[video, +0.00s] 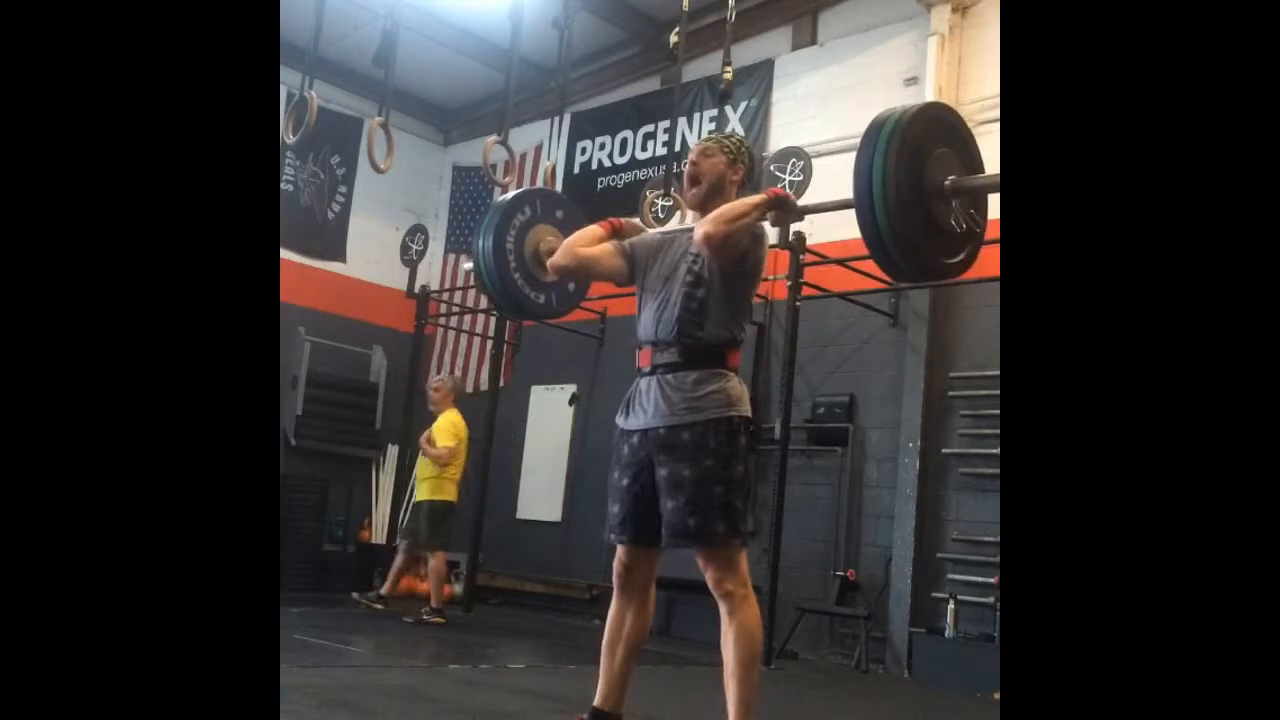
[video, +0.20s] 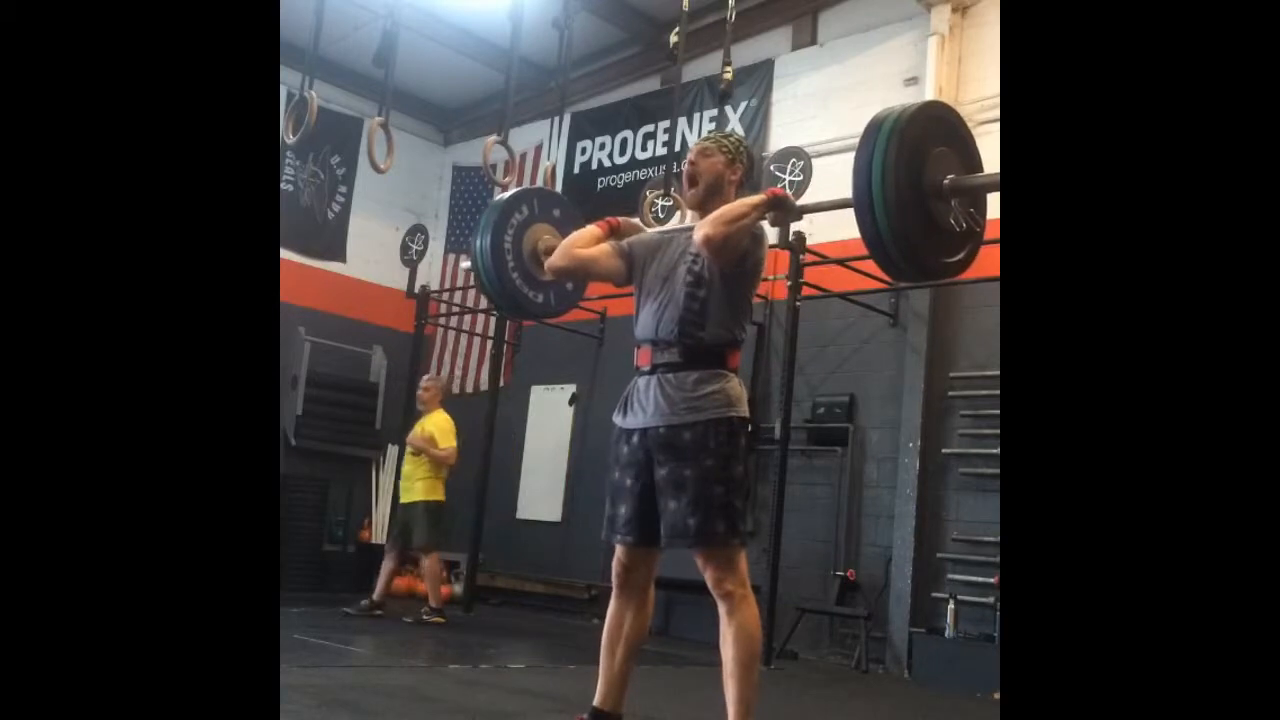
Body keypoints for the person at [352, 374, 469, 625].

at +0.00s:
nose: (431, 395)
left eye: (436, 391)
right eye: (430, 390)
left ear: (450, 395)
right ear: (444, 396)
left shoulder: (448, 420)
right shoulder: (449, 420)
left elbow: (445, 456)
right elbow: (447, 457)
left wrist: (423, 445)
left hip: (437, 495)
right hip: (428, 494)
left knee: (436, 551)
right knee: (407, 545)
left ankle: (435, 608)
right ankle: (383, 594)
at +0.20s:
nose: (420, 394)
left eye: (426, 390)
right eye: (420, 389)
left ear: (439, 394)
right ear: (420, 393)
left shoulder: (441, 420)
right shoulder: (423, 420)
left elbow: (450, 456)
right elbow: (425, 455)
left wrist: (422, 447)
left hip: (426, 497)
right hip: (408, 496)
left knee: (428, 551)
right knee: (393, 549)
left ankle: (435, 607)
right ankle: (376, 600)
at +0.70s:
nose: (389, 389)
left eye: (395, 385)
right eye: (386, 385)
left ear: (404, 390)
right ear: (382, 389)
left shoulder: (413, 417)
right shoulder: (377, 421)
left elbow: (425, 449)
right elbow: (367, 458)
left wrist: (397, 440)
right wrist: (352, 487)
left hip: (397, 490)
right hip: (374, 490)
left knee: (387, 544)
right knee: (375, 546)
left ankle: (418, 588)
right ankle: (374, 599)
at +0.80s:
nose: (385, 388)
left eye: (391, 384)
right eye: (382, 384)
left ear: (400, 389)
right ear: (376, 388)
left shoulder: (410, 416)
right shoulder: (370, 421)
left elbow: (425, 449)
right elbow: (360, 458)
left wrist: (397, 439)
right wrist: (349, 491)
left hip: (395, 487)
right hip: (370, 488)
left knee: (382, 540)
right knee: (371, 545)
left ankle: (409, 584)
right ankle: (374, 599)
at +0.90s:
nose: (384, 387)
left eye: (389, 383)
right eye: (379, 382)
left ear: (396, 388)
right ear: (372, 387)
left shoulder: (407, 415)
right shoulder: (364, 420)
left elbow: (425, 447)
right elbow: (355, 459)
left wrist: (398, 439)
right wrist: (347, 492)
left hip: (394, 486)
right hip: (367, 488)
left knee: (379, 538)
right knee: (369, 544)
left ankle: (387, 594)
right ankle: (372, 598)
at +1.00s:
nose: (381, 386)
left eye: (386, 382)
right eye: (376, 382)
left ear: (393, 387)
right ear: (368, 386)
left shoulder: (405, 414)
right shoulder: (360, 419)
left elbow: (424, 448)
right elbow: (351, 457)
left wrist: (395, 439)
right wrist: (344, 491)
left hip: (393, 486)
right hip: (366, 488)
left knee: (375, 538)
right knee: (369, 543)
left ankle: (370, 596)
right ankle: (375, 596)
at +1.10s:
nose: (378, 386)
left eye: (383, 382)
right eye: (373, 381)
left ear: (390, 387)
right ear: (366, 385)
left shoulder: (402, 414)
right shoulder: (358, 419)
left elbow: (421, 447)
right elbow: (347, 457)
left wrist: (392, 440)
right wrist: (339, 489)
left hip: (389, 489)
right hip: (362, 490)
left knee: (371, 541)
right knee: (368, 545)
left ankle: (354, 594)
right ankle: (374, 598)